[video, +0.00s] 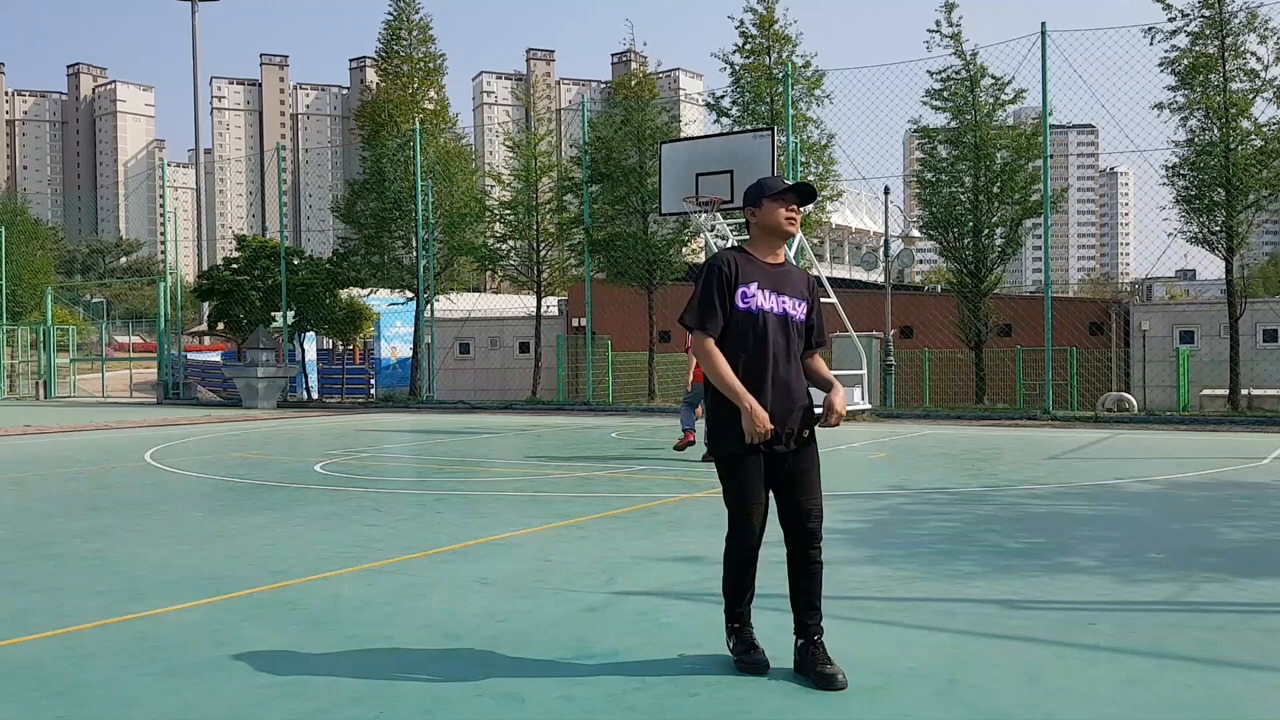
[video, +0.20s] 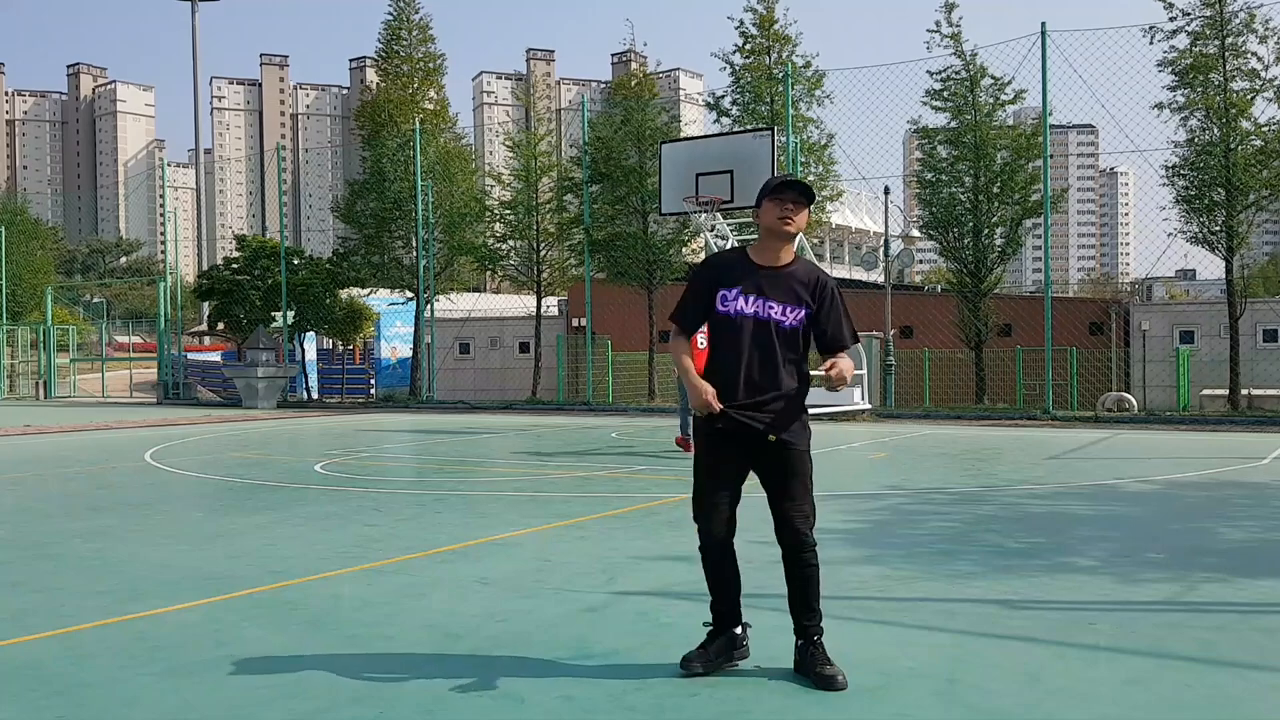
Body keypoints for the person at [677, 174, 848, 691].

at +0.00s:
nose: (795, 210)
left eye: (798, 204)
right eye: (784, 201)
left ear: (798, 217)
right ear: (753, 212)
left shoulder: (803, 282)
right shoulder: (724, 265)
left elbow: (809, 353)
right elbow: (702, 344)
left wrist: (833, 384)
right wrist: (747, 402)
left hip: (795, 425)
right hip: (739, 426)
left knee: (807, 532)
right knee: (747, 530)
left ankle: (810, 643)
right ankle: (740, 632)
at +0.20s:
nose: (789, 208)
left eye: (799, 203)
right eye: (780, 199)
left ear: (807, 221)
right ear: (758, 211)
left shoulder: (817, 284)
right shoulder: (718, 269)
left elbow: (842, 355)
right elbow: (678, 334)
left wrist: (842, 366)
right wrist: (692, 380)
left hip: (784, 427)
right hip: (720, 423)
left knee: (798, 534)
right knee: (713, 531)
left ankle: (810, 645)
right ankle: (727, 635)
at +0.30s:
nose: (758, 207)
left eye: (769, 200)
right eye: (750, 199)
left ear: (787, 214)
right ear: (738, 210)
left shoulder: (804, 277)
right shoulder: (707, 270)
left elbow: (841, 349)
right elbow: (676, 338)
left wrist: (822, 350)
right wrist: (669, 363)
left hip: (772, 427)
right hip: (707, 425)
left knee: (791, 535)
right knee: (687, 524)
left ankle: (811, 644)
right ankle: (688, 627)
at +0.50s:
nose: (700, 232)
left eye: (710, 225)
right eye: (693, 225)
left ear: (733, 233)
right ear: (686, 234)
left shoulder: (753, 288)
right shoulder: (680, 295)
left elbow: (799, 351)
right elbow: (684, 362)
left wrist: (748, 345)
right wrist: (645, 357)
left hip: (741, 446)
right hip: (680, 443)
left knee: (768, 547)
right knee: (652, 541)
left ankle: (809, 645)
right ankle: (637, 634)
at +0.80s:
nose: (633, 231)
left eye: (643, 223)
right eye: (626, 223)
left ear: (663, 230)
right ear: (618, 231)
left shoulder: (694, 274)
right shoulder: (609, 292)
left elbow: (743, 325)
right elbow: (606, 355)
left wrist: (697, 351)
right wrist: (583, 343)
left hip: (706, 419)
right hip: (645, 424)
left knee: (737, 520)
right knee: (641, 527)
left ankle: (751, 618)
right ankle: (635, 631)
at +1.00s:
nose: (643, 226)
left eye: (651, 219)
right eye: (634, 219)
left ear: (666, 228)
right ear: (619, 228)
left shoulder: (689, 270)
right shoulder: (599, 288)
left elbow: (738, 314)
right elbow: (583, 357)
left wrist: (716, 331)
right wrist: (576, 338)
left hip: (692, 420)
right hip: (633, 426)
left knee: (715, 512)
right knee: (635, 532)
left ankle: (686, 574)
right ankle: (634, 630)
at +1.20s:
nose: (658, 239)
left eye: (666, 233)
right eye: (649, 233)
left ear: (677, 242)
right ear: (632, 241)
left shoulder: (697, 294)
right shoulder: (608, 295)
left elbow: (713, 351)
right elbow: (587, 360)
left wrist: (718, 394)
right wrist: (603, 405)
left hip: (682, 431)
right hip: (630, 433)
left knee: (668, 525)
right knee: (636, 527)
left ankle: (657, 598)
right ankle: (633, 627)